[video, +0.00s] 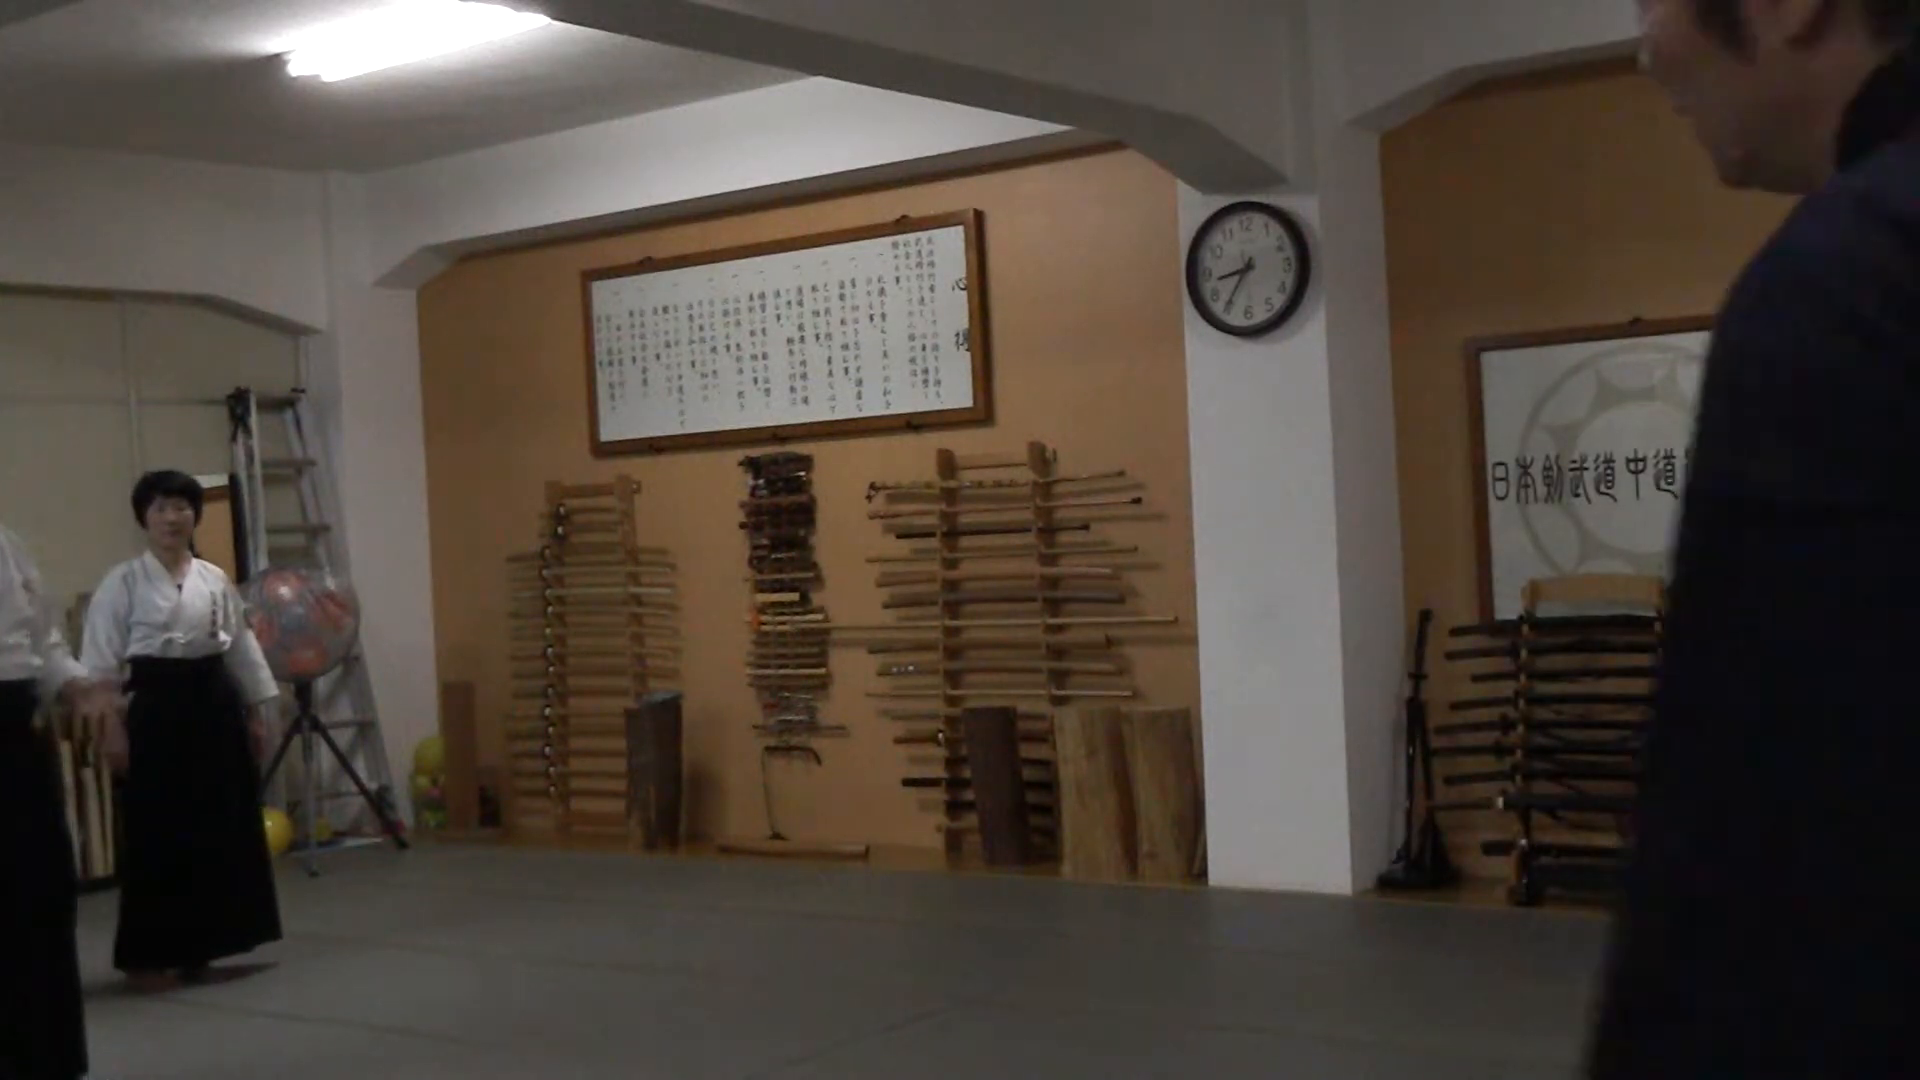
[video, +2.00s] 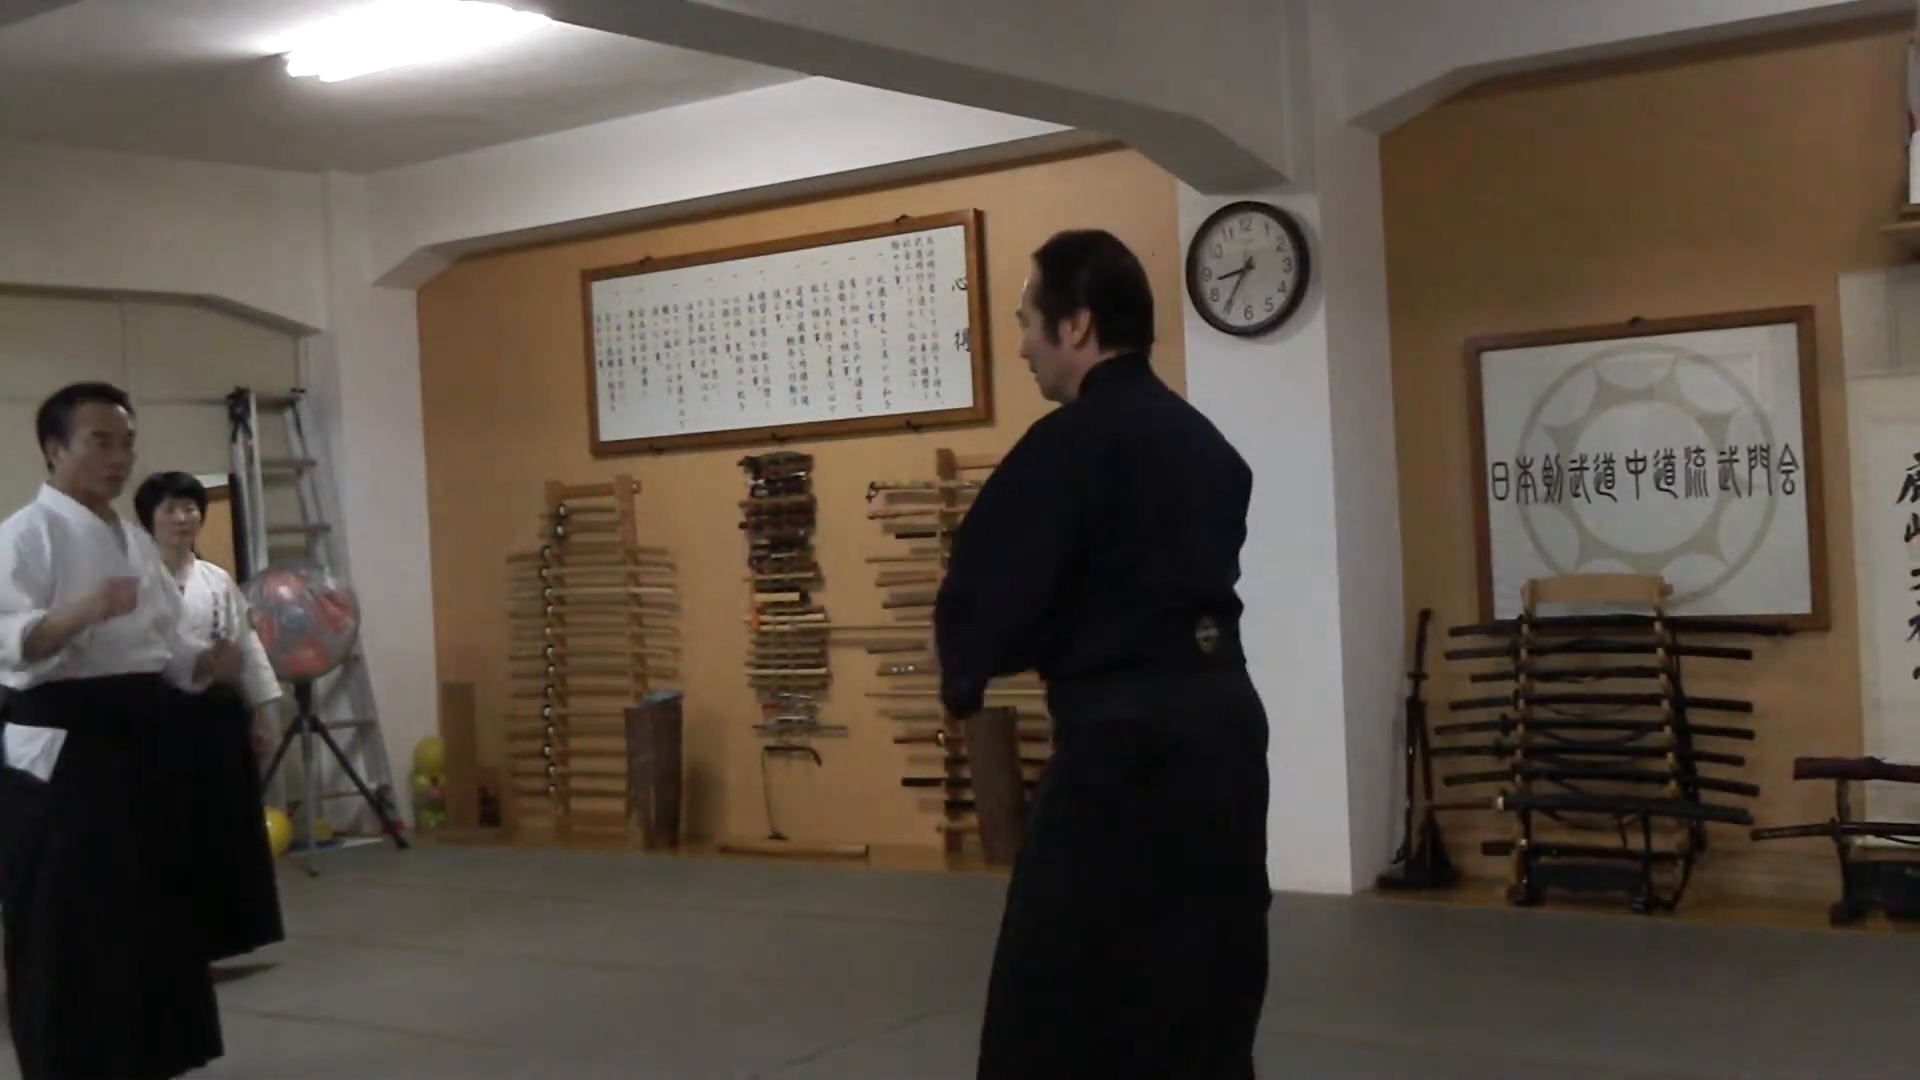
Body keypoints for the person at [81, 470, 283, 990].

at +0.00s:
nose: (172, 517)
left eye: (181, 508)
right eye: (161, 509)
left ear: (195, 517)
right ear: (142, 518)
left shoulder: (214, 580)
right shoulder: (122, 583)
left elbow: (241, 646)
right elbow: (101, 662)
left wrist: (263, 706)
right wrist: (110, 726)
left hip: (210, 701)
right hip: (154, 705)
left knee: (214, 819)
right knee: (156, 824)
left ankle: (202, 949)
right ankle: (149, 956)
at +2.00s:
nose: (183, 517)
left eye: (191, 509)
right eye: (171, 509)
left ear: (202, 519)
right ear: (149, 519)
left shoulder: (217, 581)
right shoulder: (138, 581)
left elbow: (246, 647)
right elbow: (130, 658)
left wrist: (264, 711)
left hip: (214, 719)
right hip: (154, 722)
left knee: (218, 830)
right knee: (164, 838)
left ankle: (213, 938)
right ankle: (171, 943)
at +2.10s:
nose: (183, 516)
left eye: (191, 508)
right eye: (170, 509)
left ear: (204, 518)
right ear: (148, 522)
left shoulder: (217, 579)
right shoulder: (141, 581)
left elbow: (243, 643)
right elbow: (136, 656)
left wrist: (263, 707)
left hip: (217, 704)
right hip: (160, 711)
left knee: (226, 816)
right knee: (174, 826)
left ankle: (230, 930)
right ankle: (184, 936)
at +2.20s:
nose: (182, 522)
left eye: (191, 512)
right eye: (169, 514)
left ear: (203, 519)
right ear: (147, 522)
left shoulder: (216, 579)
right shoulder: (135, 583)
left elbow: (243, 645)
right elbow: (135, 651)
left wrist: (263, 708)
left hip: (215, 698)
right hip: (158, 702)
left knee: (222, 812)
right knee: (167, 819)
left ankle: (225, 929)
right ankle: (172, 933)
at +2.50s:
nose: (186, 522)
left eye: (195, 512)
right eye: (173, 513)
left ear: (207, 519)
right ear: (148, 523)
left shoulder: (219, 580)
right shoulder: (137, 583)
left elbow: (245, 644)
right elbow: (131, 654)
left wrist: (265, 707)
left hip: (218, 700)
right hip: (160, 704)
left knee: (224, 814)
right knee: (169, 821)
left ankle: (222, 934)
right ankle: (176, 938)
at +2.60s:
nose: (187, 521)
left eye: (195, 511)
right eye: (174, 513)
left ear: (208, 519)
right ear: (149, 523)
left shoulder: (221, 580)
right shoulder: (139, 583)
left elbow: (246, 645)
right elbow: (133, 655)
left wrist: (265, 710)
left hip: (220, 699)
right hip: (162, 704)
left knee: (226, 814)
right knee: (174, 821)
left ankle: (229, 932)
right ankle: (181, 938)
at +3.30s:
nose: (197, 517)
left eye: (203, 508)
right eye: (184, 509)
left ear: (215, 518)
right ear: (159, 521)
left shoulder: (222, 578)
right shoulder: (148, 575)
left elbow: (249, 643)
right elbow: (137, 652)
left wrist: (269, 708)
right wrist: (141, 720)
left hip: (225, 701)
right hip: (170, 703)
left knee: (231, 814)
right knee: (180, 819)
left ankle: (232, 932)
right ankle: (187, 938)